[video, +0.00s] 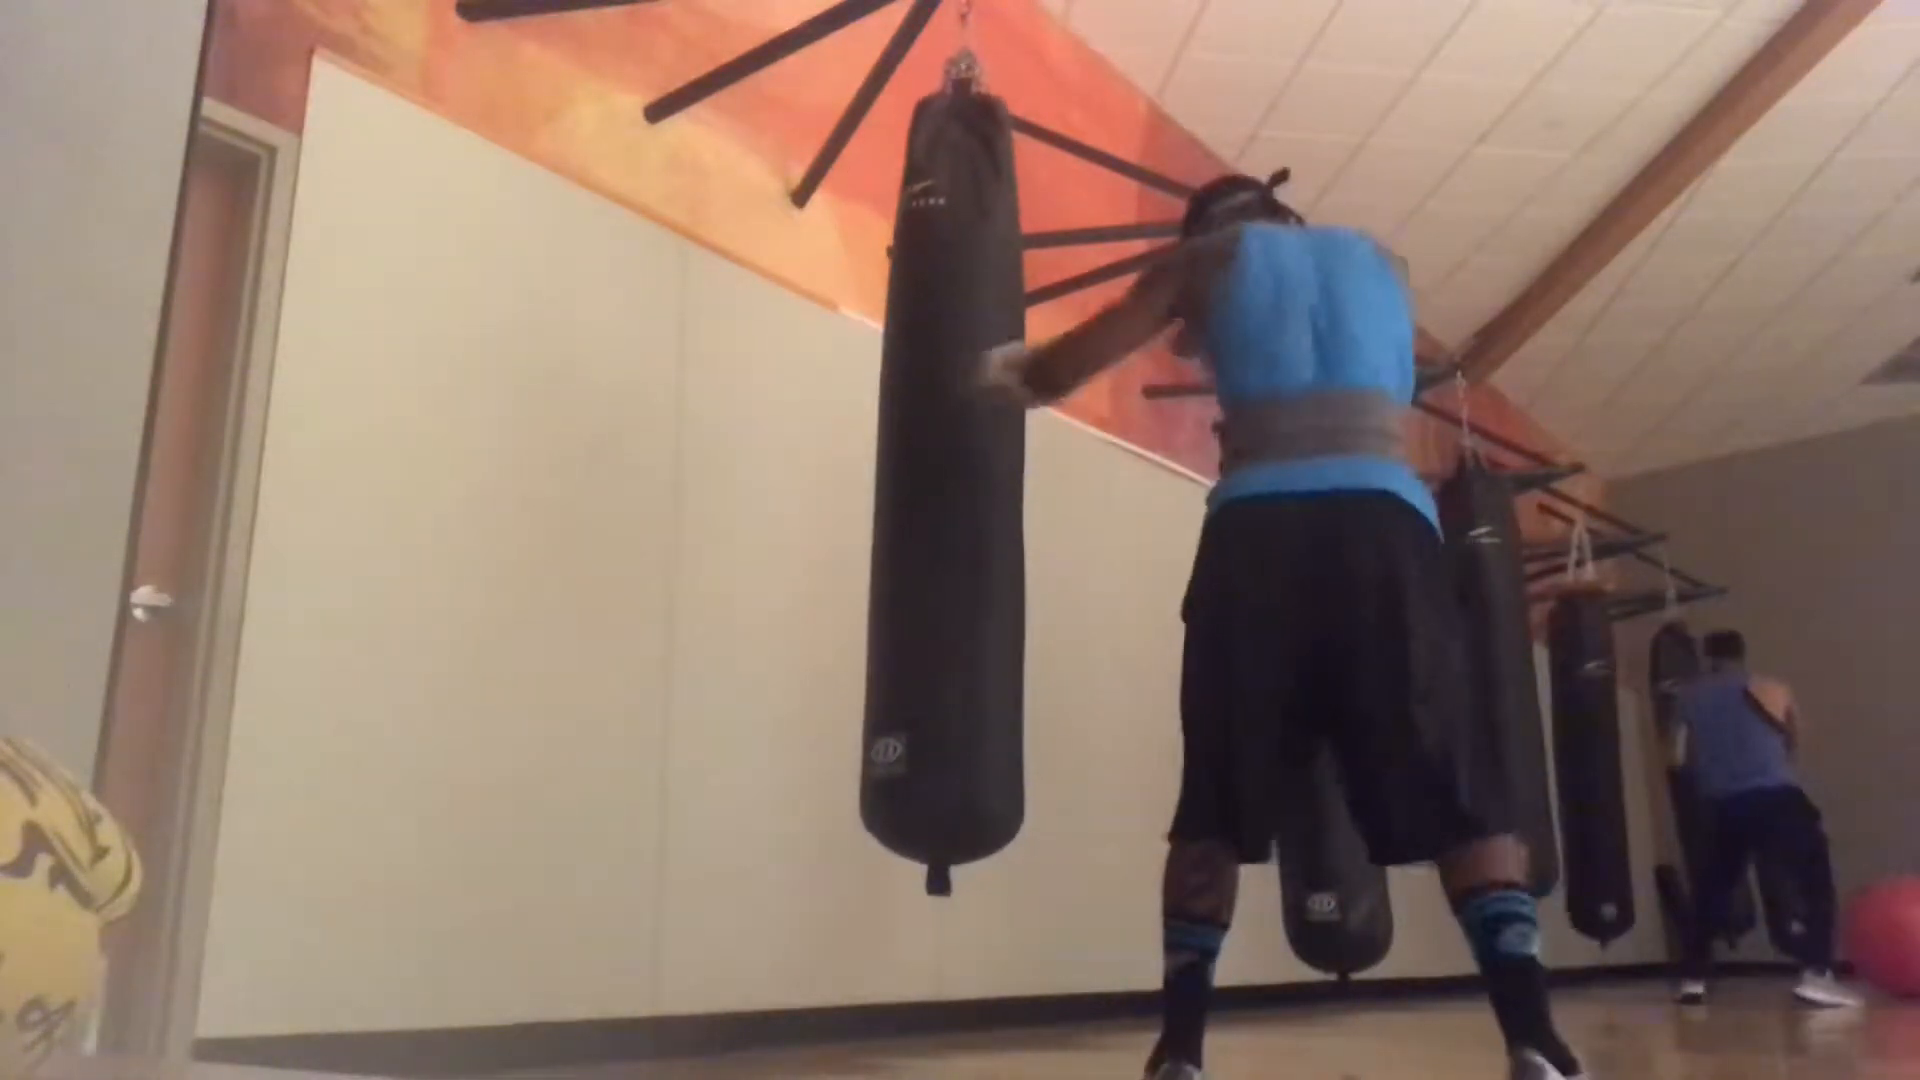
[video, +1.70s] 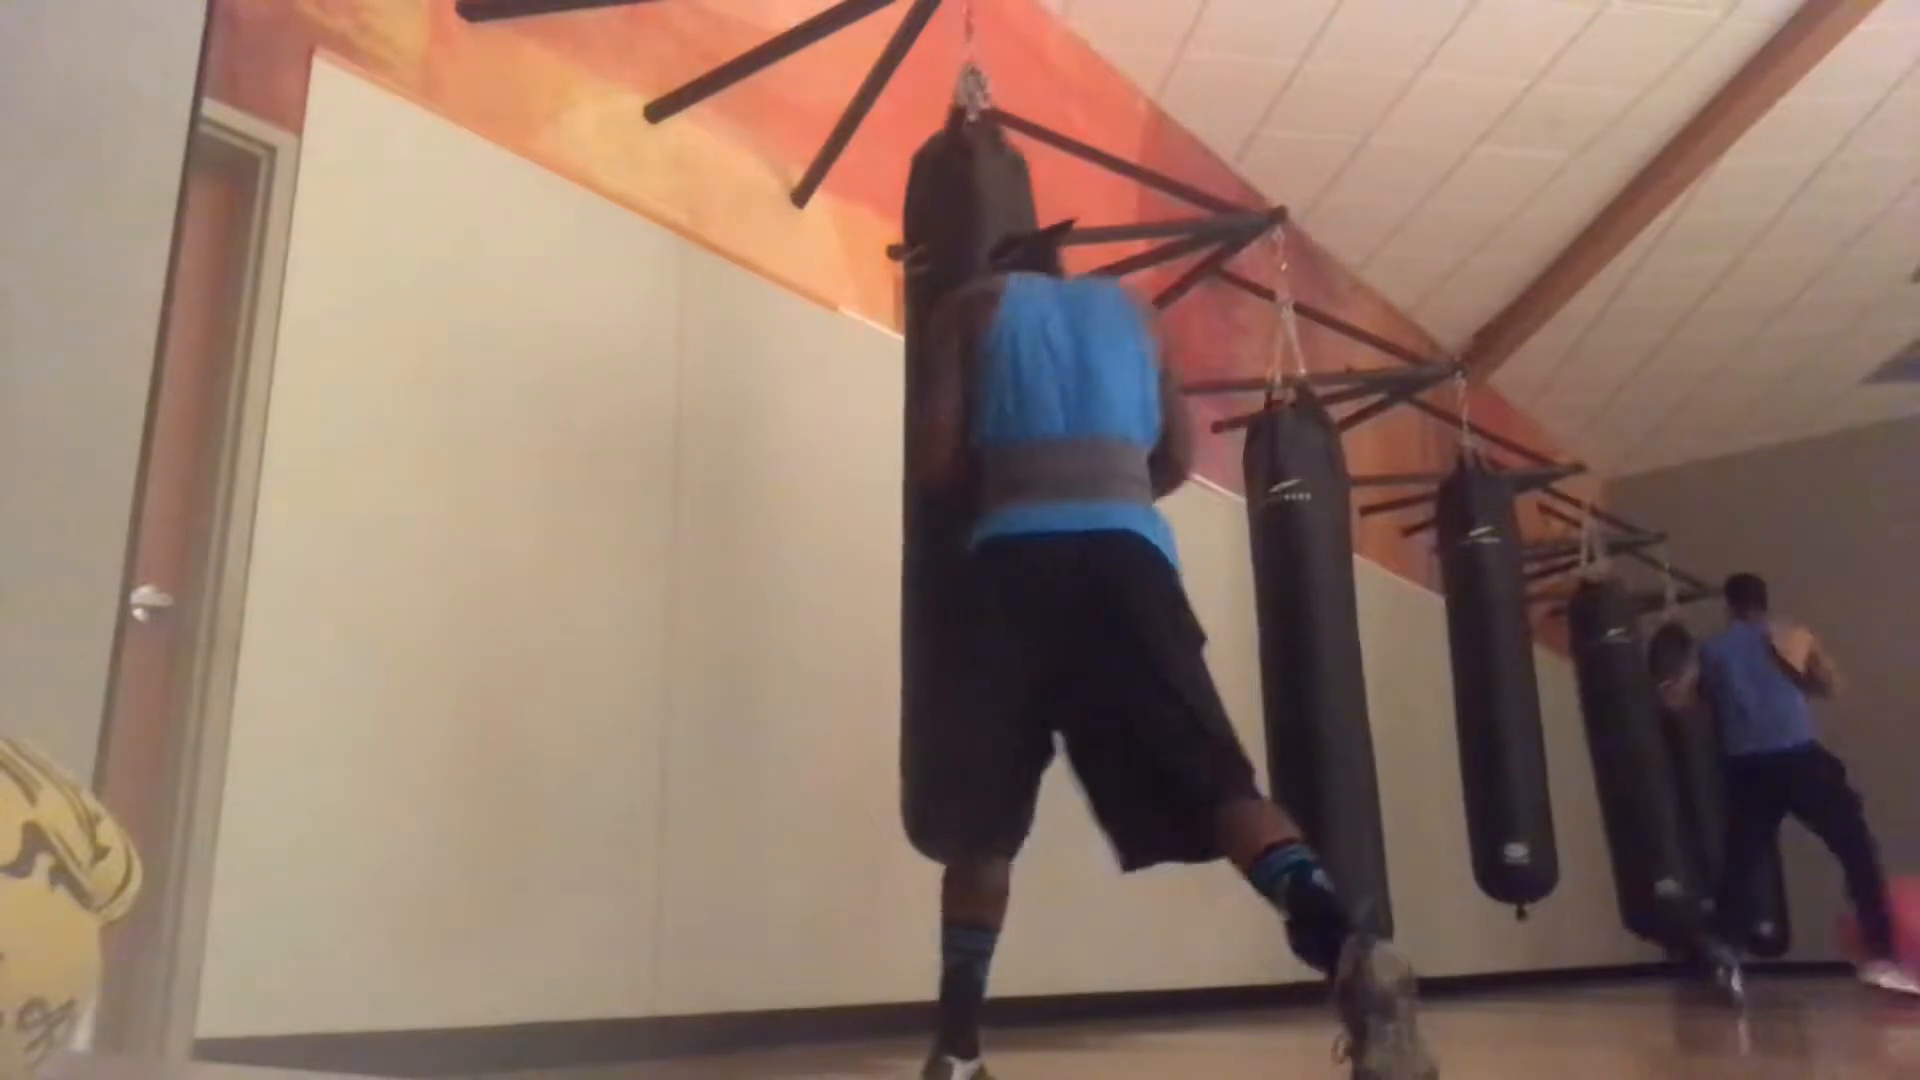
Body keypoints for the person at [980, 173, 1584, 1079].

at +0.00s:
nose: (1193, 268)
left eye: (1193, 253)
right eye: (1193, 254)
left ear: (1211, 231)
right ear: (1279, 214)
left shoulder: (1205, 254)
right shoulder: (1376, 260)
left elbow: (1060, 369)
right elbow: (1433, 359)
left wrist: (1012, 369)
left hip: (1256, 544)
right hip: (1390, 539)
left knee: (1215, 794)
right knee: (1458, 790)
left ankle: (1180, 1048)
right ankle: (1534, 1043)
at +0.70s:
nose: (1152, 276)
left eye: (1156, 265)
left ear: (1177, 259)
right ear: (1266, 254)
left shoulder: (1152, 291)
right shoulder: (1321, 299)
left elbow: (1055, 437)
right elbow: (1319, 431)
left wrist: (1059, 438)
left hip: (1166, 582)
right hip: (1299, 585)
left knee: (1122, 794)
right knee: (1394, 815)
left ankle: (1098, 1011)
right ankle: (1447, 1051)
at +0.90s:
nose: (1251, 303)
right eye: (1240, 295)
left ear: (1122, 321)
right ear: (1199, 301)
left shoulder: (1086, 368)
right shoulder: (1250, 329)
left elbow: (1012, 458)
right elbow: (1287, 482)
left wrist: (988, 524)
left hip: (1097, 604)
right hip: (1221, 598)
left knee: (1069, 825)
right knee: (1381, 806)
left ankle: (996, 1043)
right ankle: (1389, 1024)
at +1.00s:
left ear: (1098, 325)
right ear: (1177, 309)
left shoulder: (1063, 372)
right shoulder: (1242, 327)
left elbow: (994, 513)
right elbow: (1253, 488)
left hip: (1075, 595)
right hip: (1196, 592)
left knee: (1061, 816)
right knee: (1315, 813)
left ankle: (994, 1042)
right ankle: (1282, 1041)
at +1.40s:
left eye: (1002, 296)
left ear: (1005, 292)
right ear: (1067, 293)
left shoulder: (978, 332)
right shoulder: (1132, 340)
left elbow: (933, 471)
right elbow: (1173, 466)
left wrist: (995, 474)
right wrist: (1094, 472)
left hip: (1001, 585)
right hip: (1114, 586)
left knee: (973, 818)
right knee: (1164, 810)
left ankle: (954, 1047)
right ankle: (1302, 961)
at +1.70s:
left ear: (970, 247)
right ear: (1046, 246)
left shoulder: (965, 310)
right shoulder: (1125, 305)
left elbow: (935, 463)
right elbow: (1177, 456)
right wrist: (1090, 494)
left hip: (1007, 572)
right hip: (1130, 567)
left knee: (984, 814)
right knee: (1213, 772)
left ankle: (955, 1046)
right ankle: (1347, 947)